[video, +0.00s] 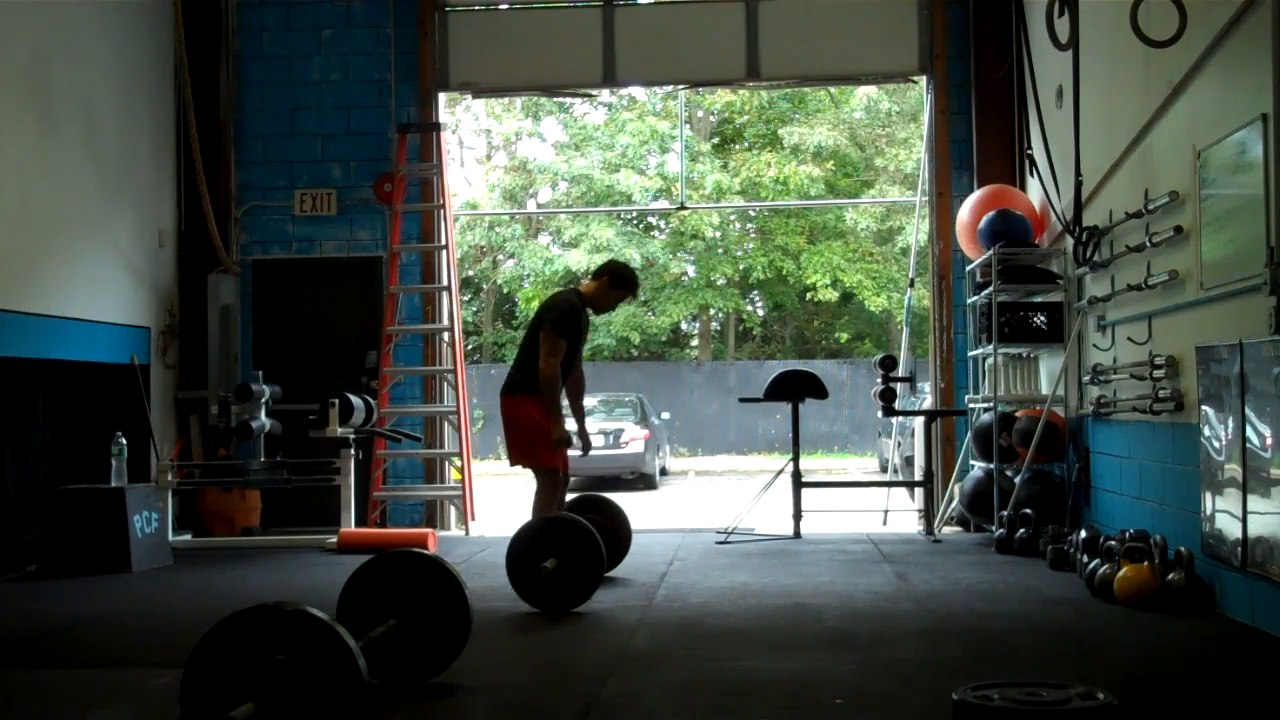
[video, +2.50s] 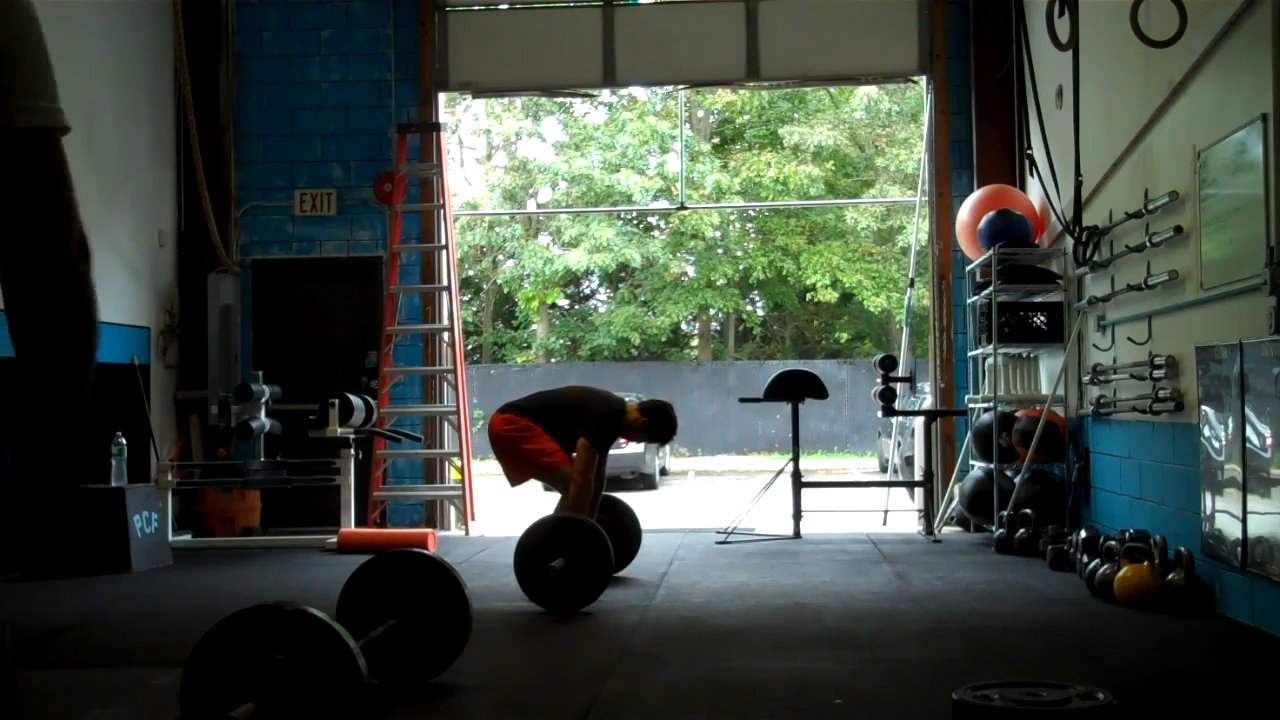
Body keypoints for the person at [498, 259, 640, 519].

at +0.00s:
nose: (614, 308)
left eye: (619, 303)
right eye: (616, 300)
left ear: (602, 282)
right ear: (604, 283)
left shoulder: (577, 312)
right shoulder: (565, 305)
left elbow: (574, 373)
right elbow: (549, 365)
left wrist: (581, 426)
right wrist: (557, 424)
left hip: (541, 399)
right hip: (525, 399)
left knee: (559, 479)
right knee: (549, 480)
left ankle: (552, 551)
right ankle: (542, 554)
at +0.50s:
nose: (628, 400)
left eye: (634, 399)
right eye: (633, 395)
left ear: (630, 372)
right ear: (631, 377)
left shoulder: (600, 381)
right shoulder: (593, 377)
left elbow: (591, 445)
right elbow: (582, 445)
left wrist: (586, 499)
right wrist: (580, 502)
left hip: (521, 415)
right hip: (507, 413)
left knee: (567, 482)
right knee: (560, 483)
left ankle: (554, 554)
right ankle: (546, 554)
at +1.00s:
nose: (625, 441)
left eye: (632, 440)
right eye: (631, 436)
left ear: (629, 412)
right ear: (629, 417)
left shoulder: (602, 417)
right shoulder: (593, 412)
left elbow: (590, 477)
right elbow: (573, 476)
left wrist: (581, 528)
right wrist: (562, 535)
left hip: (513, 428)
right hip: (500, 426)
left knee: (579, 480)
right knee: (568, 482)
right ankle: (553, 551)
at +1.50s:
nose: (636, 442)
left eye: (643, 441)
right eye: (643, 437)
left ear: (641, 416)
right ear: (642, 419)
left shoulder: (613, 419)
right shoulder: (606, 413)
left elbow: (595, 478)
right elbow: (577, 477)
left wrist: (587, 530)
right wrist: (568, 535)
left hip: (524, 428)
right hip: (511, 426)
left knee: (588, 481)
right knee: (577, 483)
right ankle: (561, 550)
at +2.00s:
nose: (637, 442)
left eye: (643, 442)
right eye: (643, 438)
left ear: (641, 415)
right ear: (642, 419)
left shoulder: (613, 422)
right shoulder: (605, 415)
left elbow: (597, 482)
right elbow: (579, 479)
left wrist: (588, 532)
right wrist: (568, 537)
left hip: (524, 432)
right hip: (513, 431)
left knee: (590, 488)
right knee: (580, 487)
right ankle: (565, 551)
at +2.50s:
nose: (634, 441)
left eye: (642, 441)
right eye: (642, 437)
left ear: (641, 415)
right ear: (642, 421)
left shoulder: (612, 418)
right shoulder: (604, 412)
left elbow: (596, 477)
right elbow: (582, 476)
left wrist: (587, 527)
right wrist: (572, 534)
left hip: (522, 425)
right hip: (511, 423)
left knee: (583, 484)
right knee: (576, 485)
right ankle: (558, 548)